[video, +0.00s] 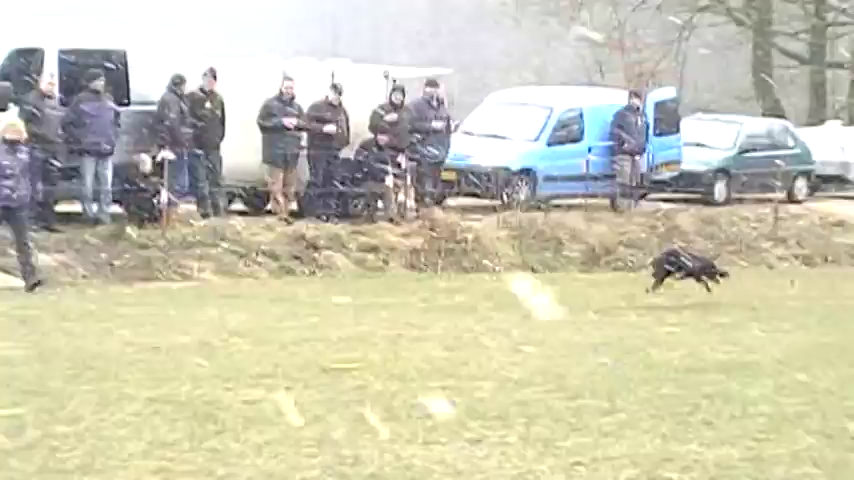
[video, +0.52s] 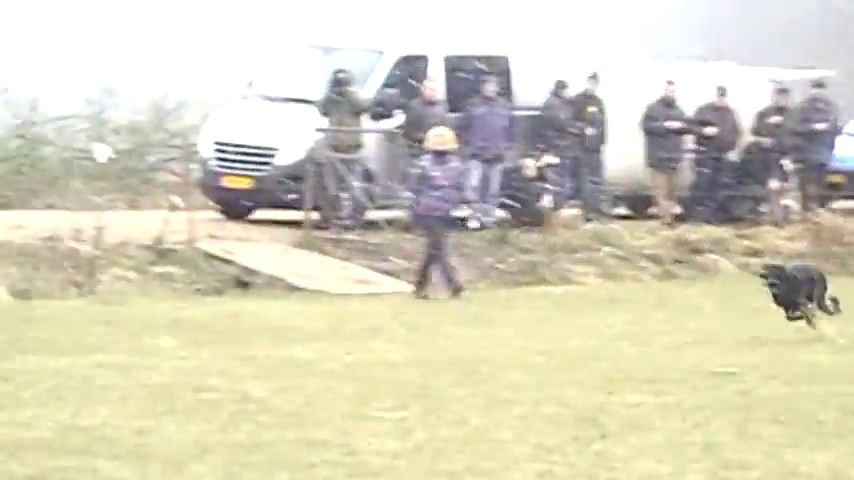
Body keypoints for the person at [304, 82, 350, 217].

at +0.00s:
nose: (336, 98)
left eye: (338, 95)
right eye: (334, 94)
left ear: (341, 96)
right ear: (329, 93)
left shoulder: (342, 111)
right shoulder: (316, 107)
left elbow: (346, 127)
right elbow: (307, 123)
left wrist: (345, 140)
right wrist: (322, 128)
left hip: (334, 149)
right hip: (318, 149)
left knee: (331, 180)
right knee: (317, 179)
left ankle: (330, 210)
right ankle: (314, 209)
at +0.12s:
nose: (357, 98)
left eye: (360, 95)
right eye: (355, 94)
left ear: (363, 96)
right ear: (350, 93)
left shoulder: (365, 111)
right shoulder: (338, 108)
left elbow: (369, 127)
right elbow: (330, 125)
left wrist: (367, 141)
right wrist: (343, 129)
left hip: (357, 150)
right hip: (340, 149)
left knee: (355, 180)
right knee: (340, 179)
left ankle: (352, 208)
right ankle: (338, 208)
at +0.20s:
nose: (350, 94)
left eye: (352, 91)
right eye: (347, 90)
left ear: (355, 92)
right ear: (342, 91)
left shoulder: (358, 110)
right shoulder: (332, 106)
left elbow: (367, 125)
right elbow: (324, 123)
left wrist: (358, 124)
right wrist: (343, 124)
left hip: (354, 154)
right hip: (336, 153)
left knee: (351, 187)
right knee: (337, 187)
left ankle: (348, 213)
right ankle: (340, 214)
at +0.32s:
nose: (353, 81)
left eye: (355, 78)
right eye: (351, 77)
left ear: (357, 79)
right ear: (347, 77)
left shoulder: (359, 97)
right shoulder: (337, 95)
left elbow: (362, 118)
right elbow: (332, 115)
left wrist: (360, 136)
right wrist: (333, 134)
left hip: (354, 141)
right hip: (339, 141)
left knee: (356, 173)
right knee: (343, 173)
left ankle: (359, 205)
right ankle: (346, 205)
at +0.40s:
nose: (347, 86)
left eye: (350, 82)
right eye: (344, 82)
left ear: (356, 84)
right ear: (337, 83)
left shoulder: (360, 102)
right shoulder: (329, 102)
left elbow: (364, 124)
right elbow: (320, 122)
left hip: (354, 150)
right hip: (334, 149)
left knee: (351, 186)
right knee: (334, 184)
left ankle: (347, 212)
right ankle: (330, 211)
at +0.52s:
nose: (341, 88)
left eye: (344, 84)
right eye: (337, 84)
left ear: (350, 84)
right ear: (332, 84)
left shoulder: (355, 98)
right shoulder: (331, 98)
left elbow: (361, 107)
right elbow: (324, 111)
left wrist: (348, 93)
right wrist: (330, 94)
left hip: (352, 143)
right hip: (332, 143)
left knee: (353, 181)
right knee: (330, 181)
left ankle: (354, 215)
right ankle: (329, 215)